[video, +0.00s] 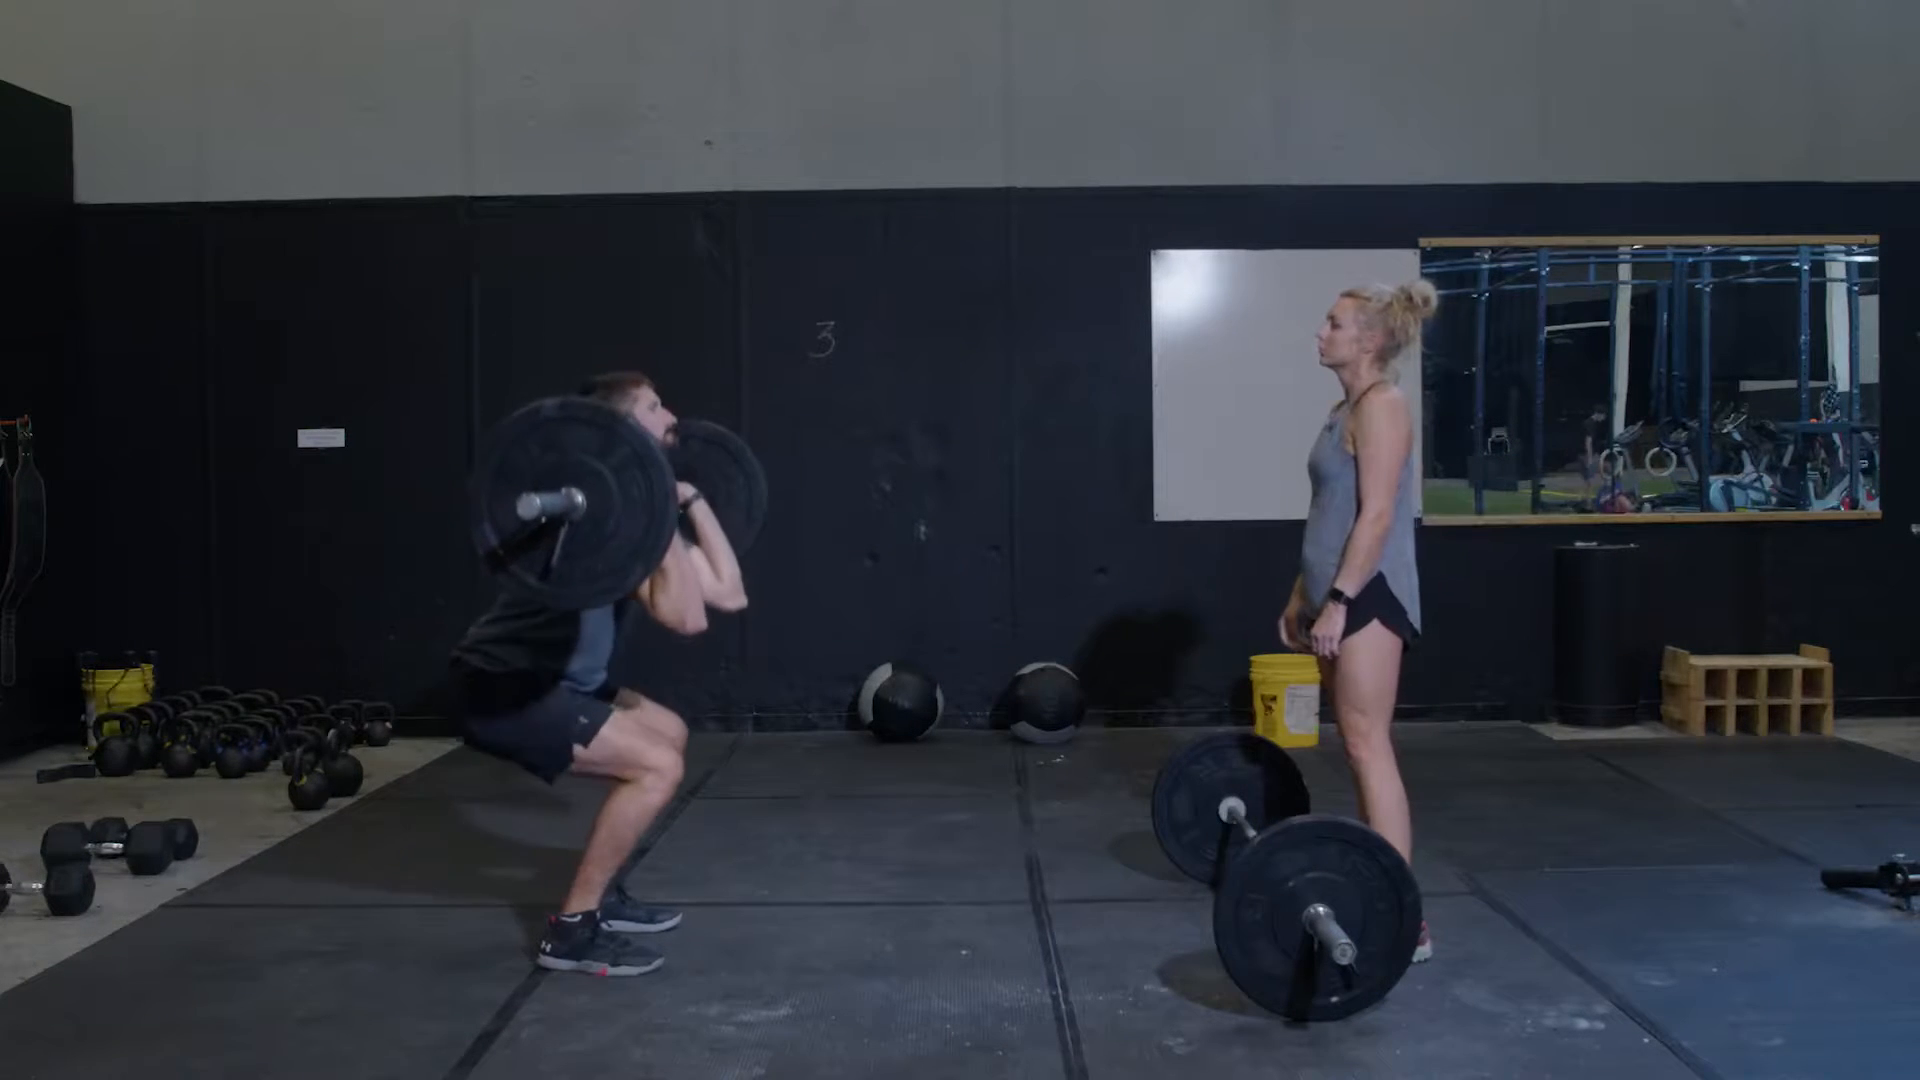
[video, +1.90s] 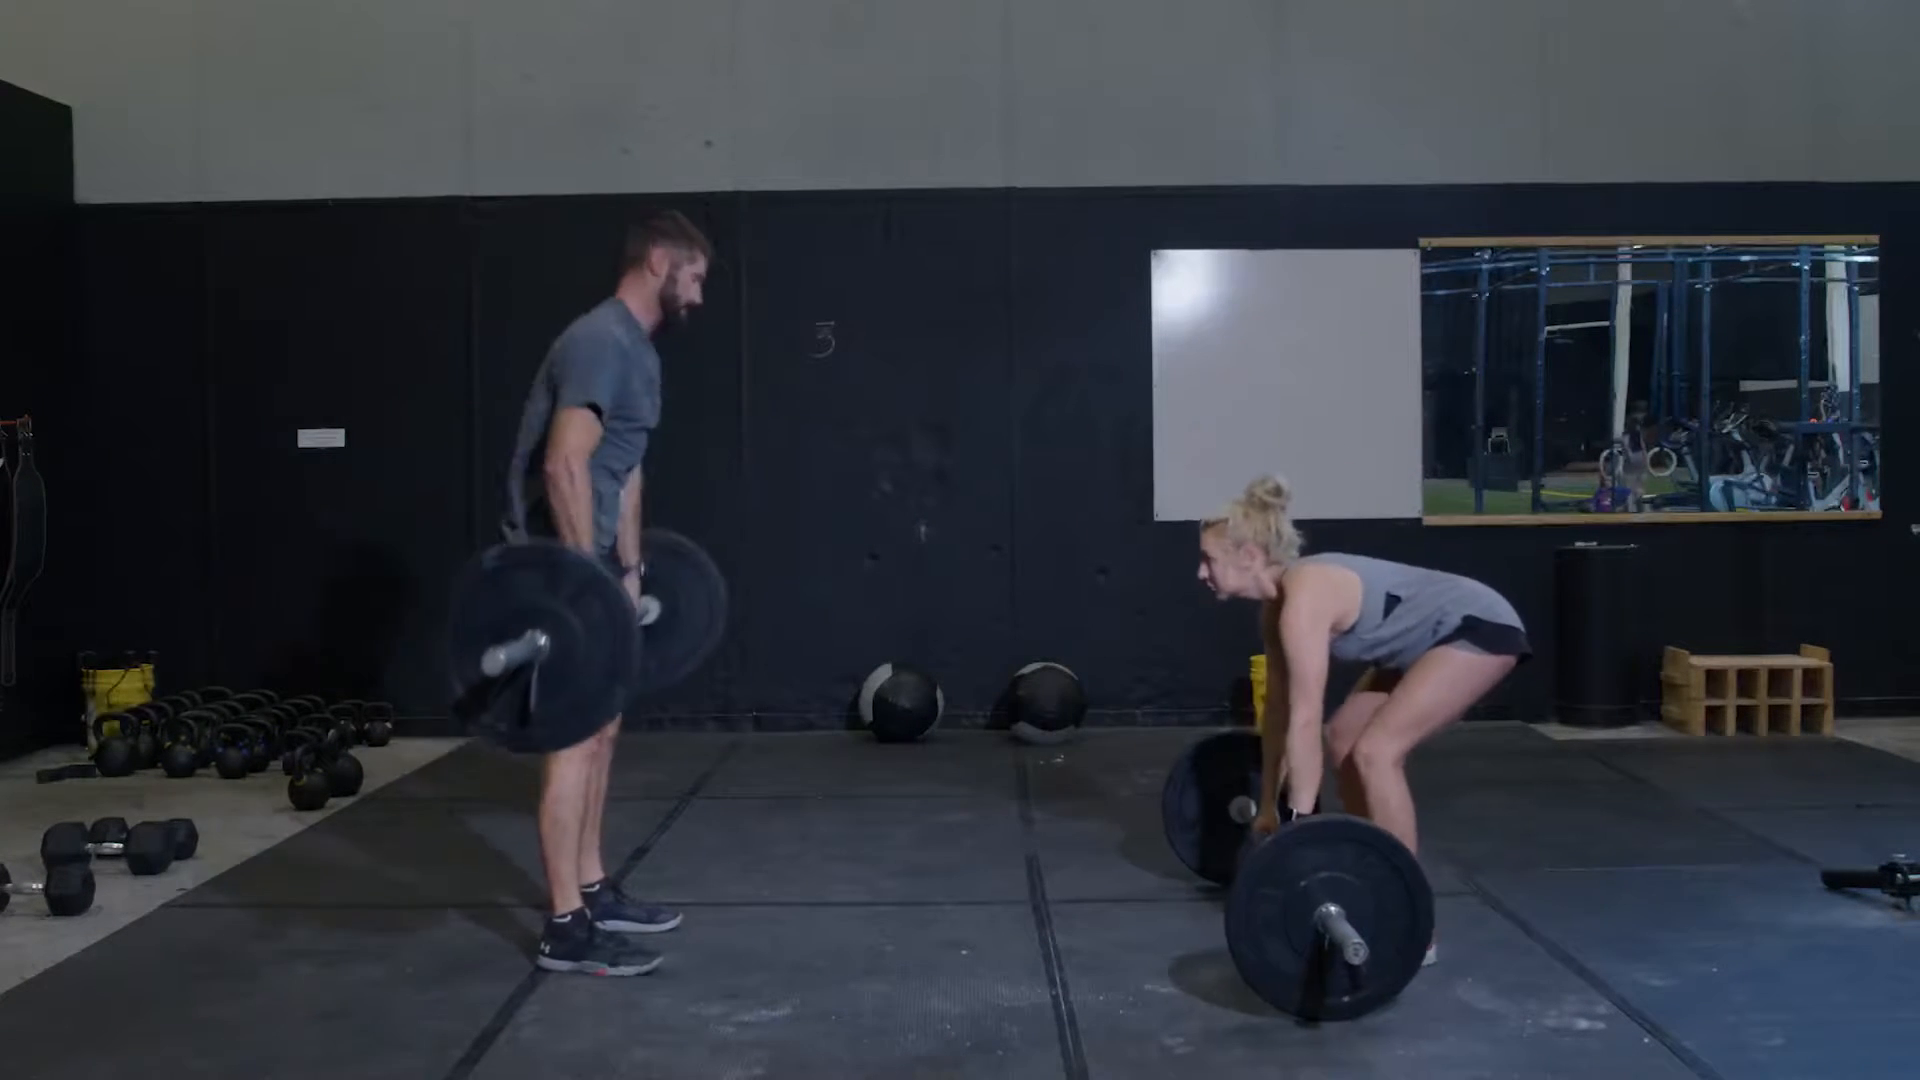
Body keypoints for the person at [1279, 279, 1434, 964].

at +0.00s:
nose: (1322, 332)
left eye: (1335, 325)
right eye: (1325, 323)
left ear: (1371, 340)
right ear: (1353, 341)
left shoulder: (1382, 405)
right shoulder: (1349, 408)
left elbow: (1377, 515)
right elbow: (1333, 515)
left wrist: (1339, 600)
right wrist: (1305, 592)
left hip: (1374, 596)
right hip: (1348, 594)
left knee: (1367, 741)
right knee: (1359, 741)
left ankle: (1398, 909)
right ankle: (1381, 901)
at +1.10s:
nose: (1279, 379)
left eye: (1282, 365)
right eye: (1274, 369)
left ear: (1318, 347)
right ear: (1312, 350)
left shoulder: (1364, 405)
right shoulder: (1337, 417)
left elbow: (1361, 519)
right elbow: (1332, 528)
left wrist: (1334, 612)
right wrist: (1308, 618)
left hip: (1401, 588)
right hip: (1365, 591)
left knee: (1382, 748)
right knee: (1348, 743)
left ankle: (1402, 919)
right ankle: (1370, 903)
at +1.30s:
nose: (1235, 453)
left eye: (1236, 439)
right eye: (1228, 443)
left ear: (1266, 415)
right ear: (1259, 418)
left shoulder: (1327, 457)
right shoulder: (1295, 476)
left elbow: (1336, 573)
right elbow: (1303, 578)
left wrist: (1328, 673)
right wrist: (1299, 673)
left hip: (1448, 595)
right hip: (1395, 606)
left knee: (1396, 743)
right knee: (1360, 739)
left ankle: (1407, 921)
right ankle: (1369, 901)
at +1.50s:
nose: (1212, 547)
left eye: (1214, 532)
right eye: (1207, 535)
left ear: (1244, 509)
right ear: (1243, 512)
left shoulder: (1303, 548)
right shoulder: (1280, 561)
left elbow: (1306, 667)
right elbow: (1280, 669)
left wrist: (1291, 771)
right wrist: (1269, 758)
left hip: (1473, 612)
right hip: (1420, 623)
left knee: (1388, 749)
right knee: (1351, 739)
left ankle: (1407, 924)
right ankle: (1368, 901)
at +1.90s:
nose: (1202, 574)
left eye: (1209, 561)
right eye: (1202, 562)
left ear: (1252, 556)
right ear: (1252, 559)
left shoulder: (1306, 598)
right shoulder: (1279, 603)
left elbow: (1305, 718)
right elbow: (1275, 713)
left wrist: (1298, 825)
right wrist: (1269, 806)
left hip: (1480, 629)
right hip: (1426, 636)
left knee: (1376, 752)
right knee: (1339, 740)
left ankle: (1407, 923)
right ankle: (1374, 893)